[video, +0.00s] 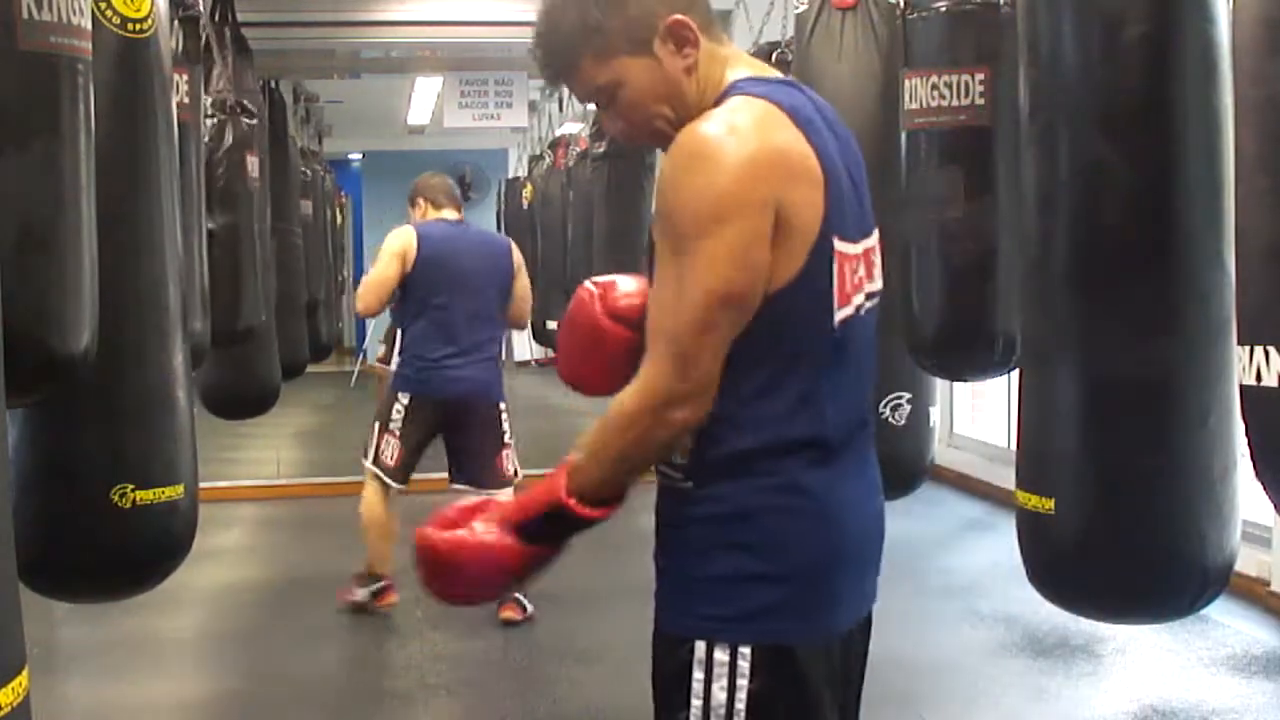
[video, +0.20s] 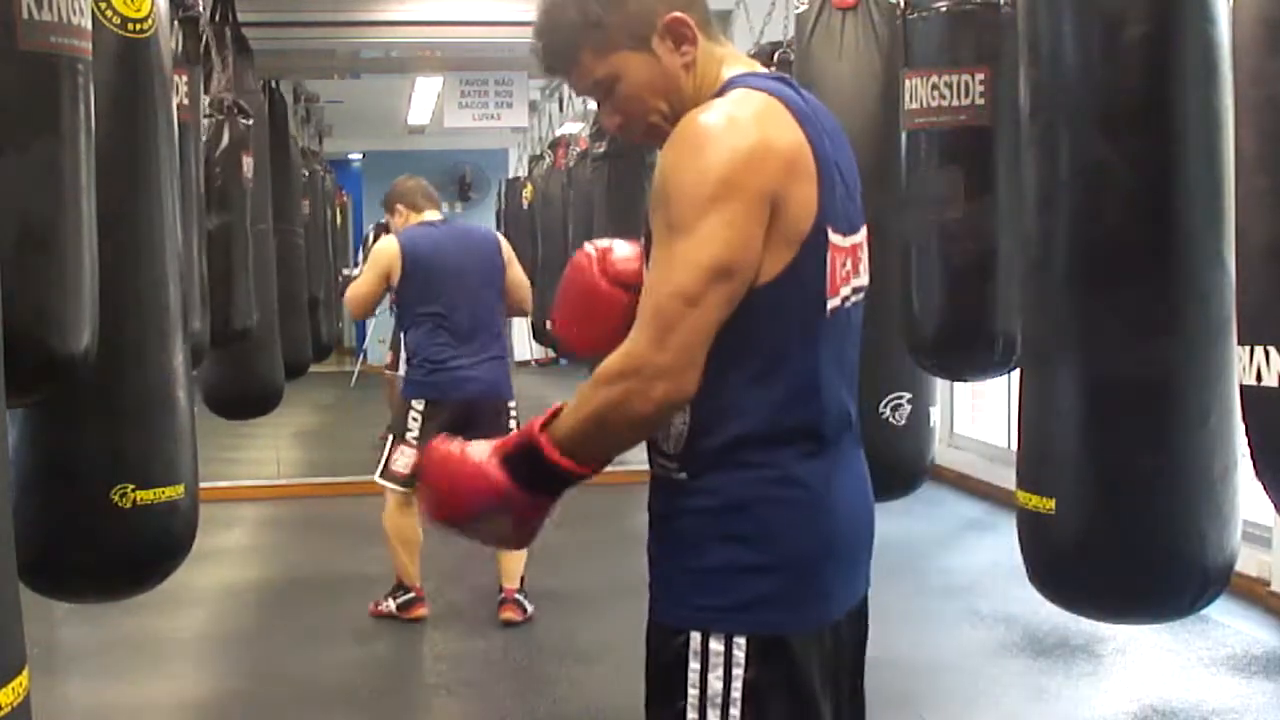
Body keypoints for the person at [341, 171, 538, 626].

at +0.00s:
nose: (411, 216)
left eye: (411, 211)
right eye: (412, 211)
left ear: (422, 206)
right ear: (460, 207)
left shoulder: (406, 239)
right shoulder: (505, 247)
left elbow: (366, 305)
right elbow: (520, 315)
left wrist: (383, 271)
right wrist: (476, 294)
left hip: (418, 390)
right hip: (481, 392)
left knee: (377, 487)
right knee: (499, 494)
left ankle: (378, 581)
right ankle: (510, 593)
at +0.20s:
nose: (390, 227)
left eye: (389, 220)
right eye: (389, 221)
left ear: (402, 212)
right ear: (438, 207)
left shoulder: (394, 246)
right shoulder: (493, 240)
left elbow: (356, 306)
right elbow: (523, 303)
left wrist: (369, 269)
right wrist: (476, 298)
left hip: (432, 392)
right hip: (493, 390)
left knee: (400, 494)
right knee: (512, 490)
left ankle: (409, 591)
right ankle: (512, 594)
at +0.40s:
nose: (388, 226)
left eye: (386, 221)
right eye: (386, 222)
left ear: (397, 213)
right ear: (434, 205)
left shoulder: (392, 247)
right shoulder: (490, 234)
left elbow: (364, 319)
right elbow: (518, 293)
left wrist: (373, 267)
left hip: (431, 384)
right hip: (493, 380)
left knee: (407, 490)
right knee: (522, 477)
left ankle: (410, 592)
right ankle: (532, 560)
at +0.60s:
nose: (427, 218)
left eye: (428, 211)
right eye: (428, 212)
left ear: (439, 207)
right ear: (476, 205)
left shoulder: (427, 243)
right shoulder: (521, 245)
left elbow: (387, 307)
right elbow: (539, 308)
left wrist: (393, 269)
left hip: (450, 393)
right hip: (509, 392)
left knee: (411, 492)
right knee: (532, 489)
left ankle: (410, 590)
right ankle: (558, 581)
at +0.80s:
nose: (449, 218)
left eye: (448, 212)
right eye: (447, 213)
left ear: (460, 207)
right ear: (495, 205)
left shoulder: (454, 237)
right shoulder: (536, 246)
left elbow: (429, 310)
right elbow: (532, 309)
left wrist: (415, 287)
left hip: (467, 379)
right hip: (525, 378)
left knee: (411, 472)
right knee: (538, 480)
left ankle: (408, 573)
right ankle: (560, 580)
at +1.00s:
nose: (430, 221)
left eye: (429, 215)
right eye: (429, 215)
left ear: (441, 208)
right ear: (476, 203)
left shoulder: (438, 243)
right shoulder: (522, 242)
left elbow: (392, 298)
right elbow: (527, 303)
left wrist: (392, 263)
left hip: (463, 379)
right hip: (520, 376)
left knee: (430, 484)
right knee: (540, 479)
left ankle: (415, 581)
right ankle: (559, 577)